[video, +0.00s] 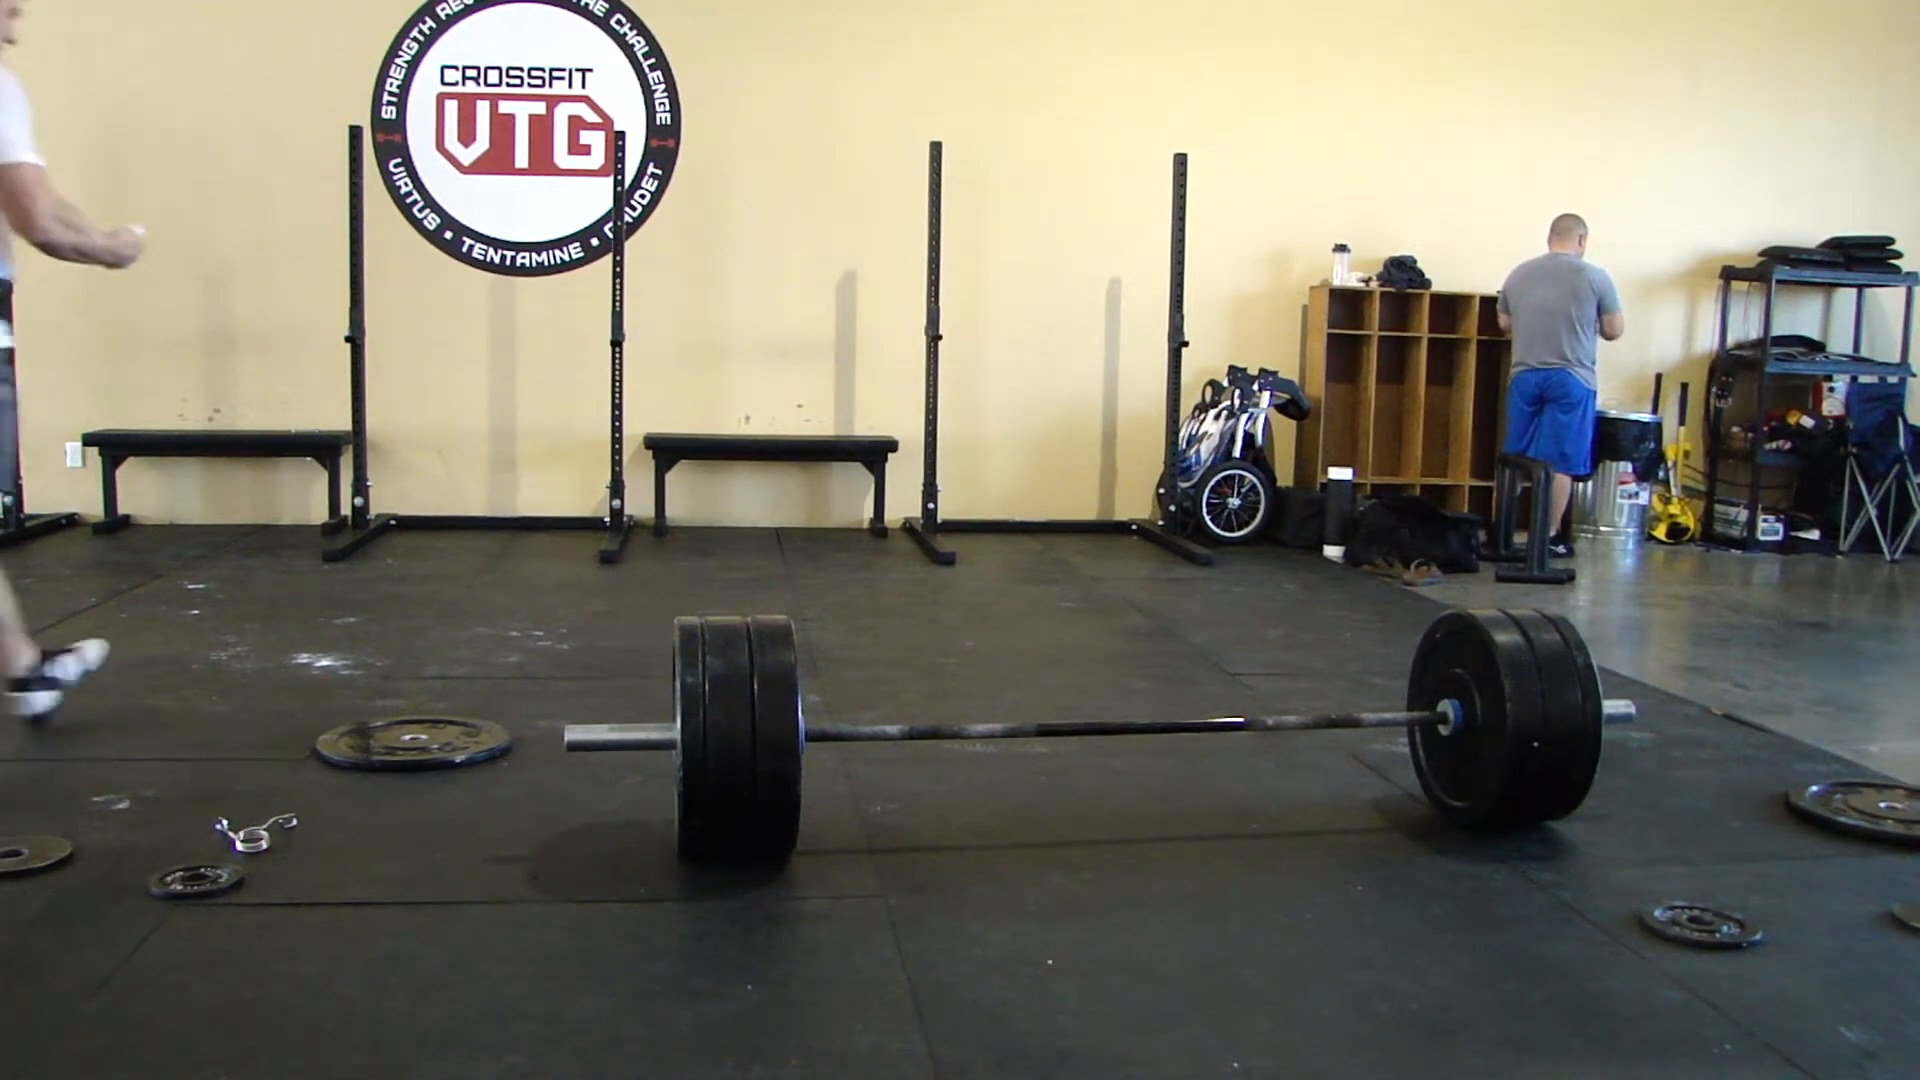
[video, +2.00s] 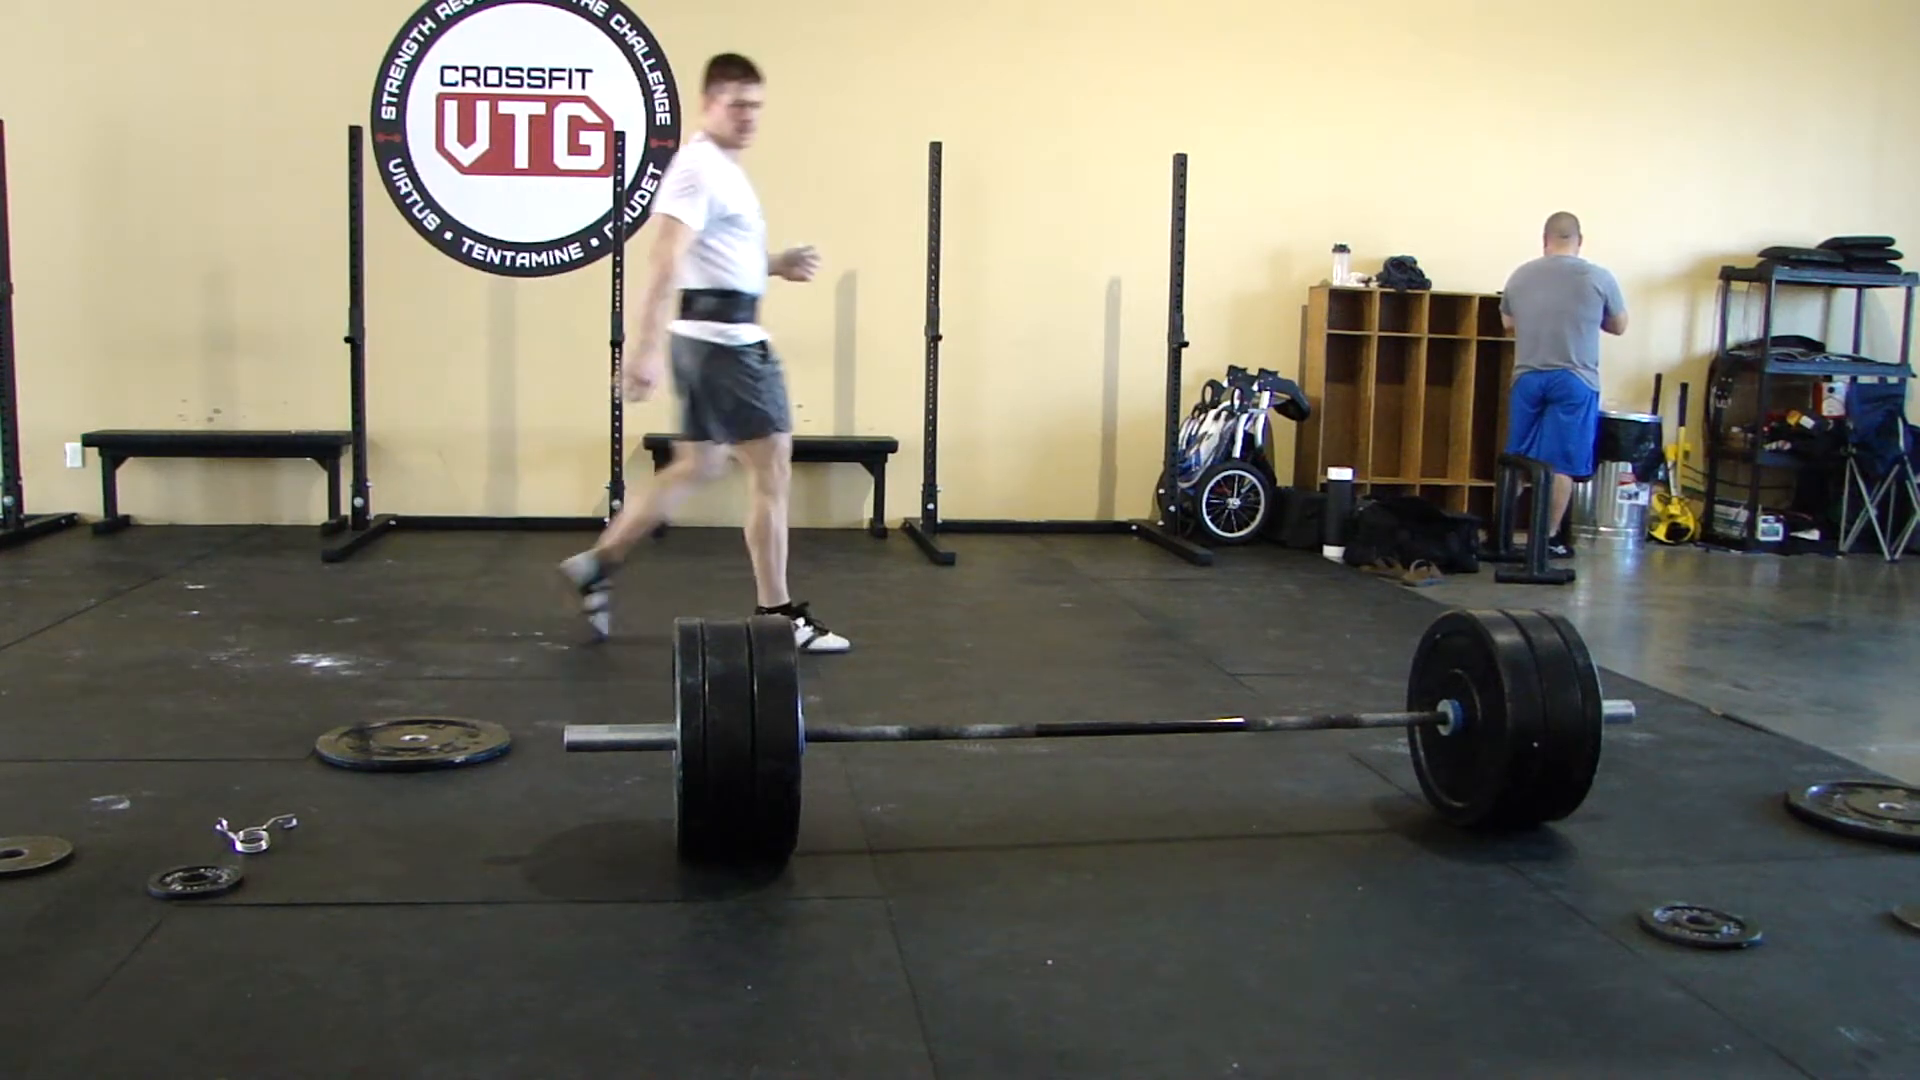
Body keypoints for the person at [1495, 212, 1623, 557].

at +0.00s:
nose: (1584, 247)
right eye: (1585, 242)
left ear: (1548, 240)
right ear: (1582, 240)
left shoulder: (1519, 273)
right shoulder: (1595, 276)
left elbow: (1504, 322)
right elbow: (1613, 330)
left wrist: (1537, 318)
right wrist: (1585, 316)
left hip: (1524, 376)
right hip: (1572, 378)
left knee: (1513, 459)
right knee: (1560, 464)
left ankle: (1501, 536)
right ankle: (1549, 537)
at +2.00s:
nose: (1571, 245)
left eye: (1550, 240)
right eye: (1577, 240)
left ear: (1544, 240)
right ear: (1580, 241)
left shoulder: (1520, 275)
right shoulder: (1597, 276)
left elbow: (1509, 324)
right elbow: (1618, 326)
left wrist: (1542, 314)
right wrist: (1582, 311)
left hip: (1527, 377)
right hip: (1575, 379)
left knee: (1516, 459)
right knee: (1562, 465)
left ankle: (1501, 534)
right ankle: (1547, 540)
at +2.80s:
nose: (1582, 247)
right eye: (1584, 242)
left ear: (1549, 239)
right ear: (1583, 241)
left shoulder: (1521, 274)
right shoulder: (1597, 276)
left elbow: (1507, 316)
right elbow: (1621, 328)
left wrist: (1536, 316)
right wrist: (1615, 344)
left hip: (1528, 378)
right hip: (1576, 380)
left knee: (1516, 460)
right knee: (1562, 466)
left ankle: (1501, 535)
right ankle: (1547, 540)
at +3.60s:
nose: (1584, 244)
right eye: (1585, 239)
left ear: (1550, 239)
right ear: (1586, 240)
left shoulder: (1524, 271)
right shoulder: (1600, 277)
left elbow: (1512, 289)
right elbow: (1616, 332)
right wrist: (1628, 376)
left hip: (1530, 379)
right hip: (1577, 382)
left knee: (1519, 461)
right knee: (1565, 465)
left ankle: (1502, 534)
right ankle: (1548, 538)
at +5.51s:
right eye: (1584, 237)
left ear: (1549, 240)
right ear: (1586, 242)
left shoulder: (1528, 271)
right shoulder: (1602, 278)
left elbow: (1518, 254)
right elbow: (1617, 332)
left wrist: (1548, 232)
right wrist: (1629, 377)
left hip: (1530, 378)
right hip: (1579, 381)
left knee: (1519, 460)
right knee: (1565, 465)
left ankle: (1502, 535)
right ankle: (1547, 539)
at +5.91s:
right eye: (1583, 236)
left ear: (1550, 241)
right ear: (1587, 242)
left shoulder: (1530, 270)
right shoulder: (1602, 278)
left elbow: (1518, 253)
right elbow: (1618, 332)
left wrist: (1549, 231)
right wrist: (1630, 376)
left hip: (1531, 377)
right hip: (1579, 380)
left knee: (1519, 460)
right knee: (1565, 465)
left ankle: (1501, 534)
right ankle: (1547, 540)